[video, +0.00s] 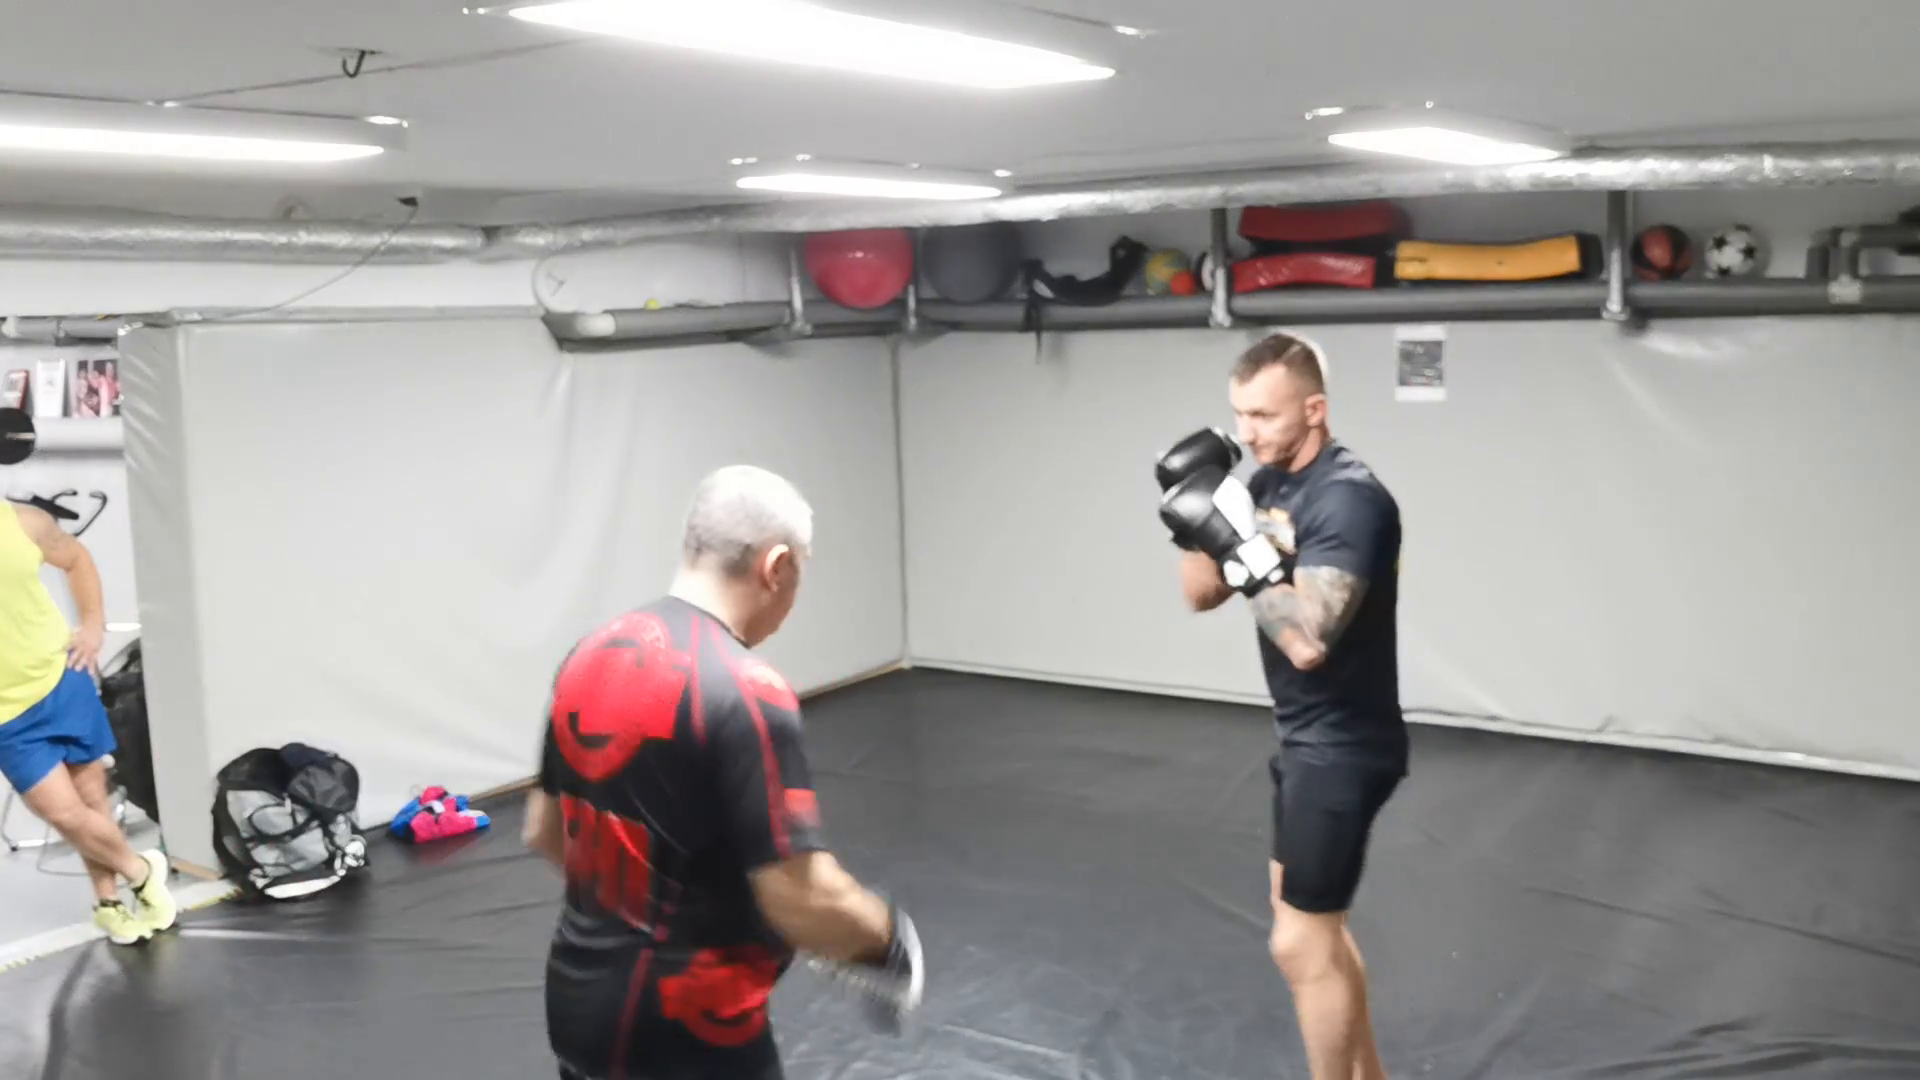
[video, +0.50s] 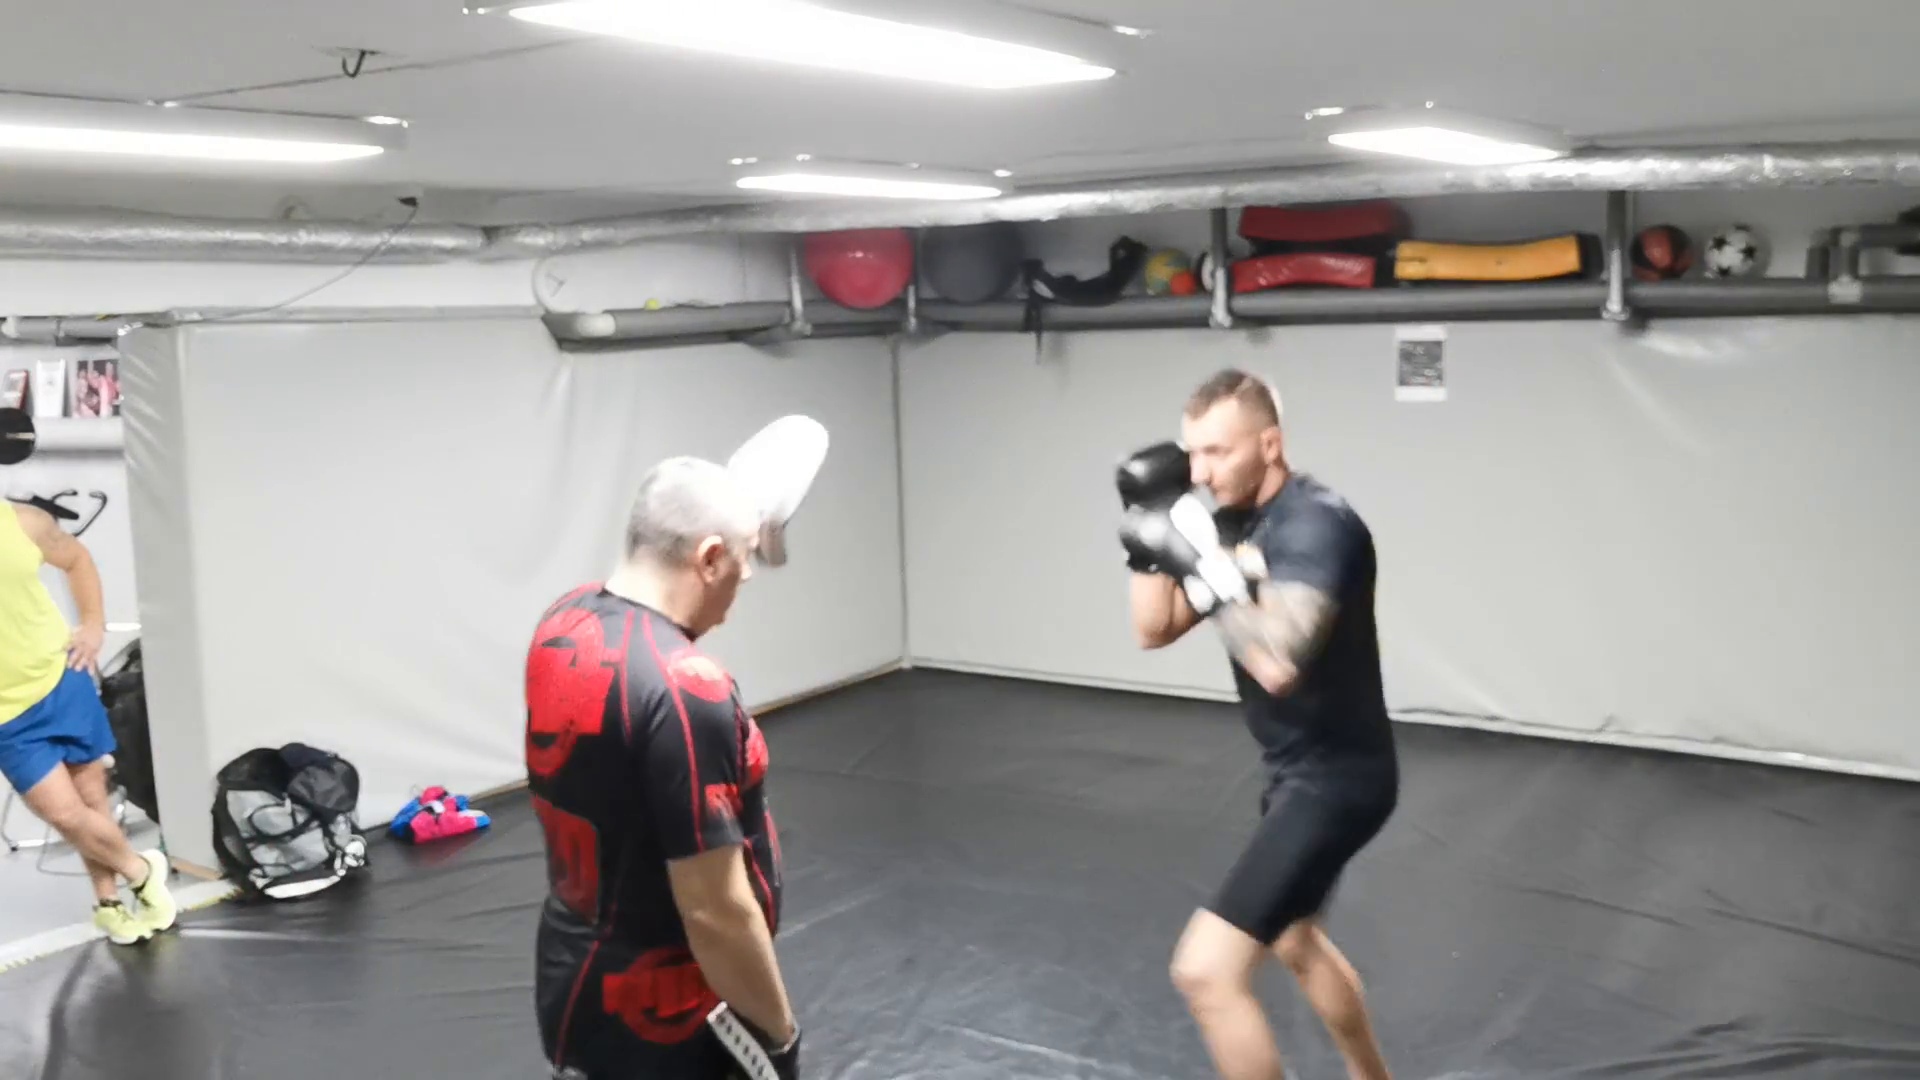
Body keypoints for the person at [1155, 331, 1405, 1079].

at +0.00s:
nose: (1247, 434)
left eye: (1262, 415)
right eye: (1241, 415)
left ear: (1314, 410)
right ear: (1240, 413)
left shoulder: (1350, 498)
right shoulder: (1268, 481)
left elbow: (1308, 641)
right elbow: (1201, 590)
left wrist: (1245, 551)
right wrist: (1200, 506)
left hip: (1342, 748)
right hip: (1301, 737)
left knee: (1303, 951)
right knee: (1302, 921)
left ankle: (1338, 1079)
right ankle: (1366, 1070)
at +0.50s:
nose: (1199, 472)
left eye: (1215, 452)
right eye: (1192, 455)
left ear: (1270, 446)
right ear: (1188, 454)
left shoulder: (1317, 523)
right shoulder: (1236, 524)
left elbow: (1277, 664)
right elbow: (1155, 627)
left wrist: (1216, 573)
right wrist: (1151, 523)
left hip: (1340, 774)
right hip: (1293, 769)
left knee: (1207, 969)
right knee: (1297, 943)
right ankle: (1372, 1073)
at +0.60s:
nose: (1185, 480)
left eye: (1202, 461)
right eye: (1180, 463)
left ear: (1258, 458)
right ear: (1179, 460)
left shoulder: (1305, 537)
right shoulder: (1225, 533)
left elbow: (1311, 689)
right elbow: (1156, 644)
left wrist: (1225, 598)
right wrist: (1142, 552)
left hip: (1322, 790)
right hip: (1299, 784)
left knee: (1178, 980)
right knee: (1313, 952)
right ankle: (1376, 1073)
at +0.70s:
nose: (1148, 487)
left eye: (1166, 467)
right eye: (1145, 467)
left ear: (1225, 467)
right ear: (1229, 470)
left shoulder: (1237, 531)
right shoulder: (1272, 519)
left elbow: (1192, 607)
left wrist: (1060, 555)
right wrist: (1150, 543)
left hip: (1309, 799)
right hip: (1354, 785)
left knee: (1204, 1022)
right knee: (1322, 944)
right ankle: (1376, 1069)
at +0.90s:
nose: (1119, 505)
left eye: (1134, 486)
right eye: (1117, 486)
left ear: (1193, 482)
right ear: (1199, 484)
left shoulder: (1190, 545)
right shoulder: (1258, 532)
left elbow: (1088, 629)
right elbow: (1197, 649)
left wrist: (957, 611)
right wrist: (1136, 568)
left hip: (1310, 811)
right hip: (1351, 795)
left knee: (1211, 1048)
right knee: (1306, 951)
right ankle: (1424, 1071)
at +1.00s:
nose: (1123, 489)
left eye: (1137, 468)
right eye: (1120, 470)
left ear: (1196, 461)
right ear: (1194, 463)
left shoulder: (1217, 545)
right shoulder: (1254, 523)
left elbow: (1229, 705)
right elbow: (1193, 675)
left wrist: (1103, 670)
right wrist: (1139, 585)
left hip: (1302, 811)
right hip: (1345, 795)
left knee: (1221, 1043)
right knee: (1320, 971)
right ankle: (1413, 1074)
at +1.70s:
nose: (1143, 514)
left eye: (1157, 493)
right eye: (1136, 496)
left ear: (1218, 483)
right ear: (1214, 487)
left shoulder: (1262, 577)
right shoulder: (1204, 557)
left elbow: (1215, 741)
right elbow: (1123, 674)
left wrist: (1138, 638)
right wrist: (1104, 579)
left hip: (1303, 850)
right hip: (1289, 838)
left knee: (1117, 1044)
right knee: (1291, 1009)